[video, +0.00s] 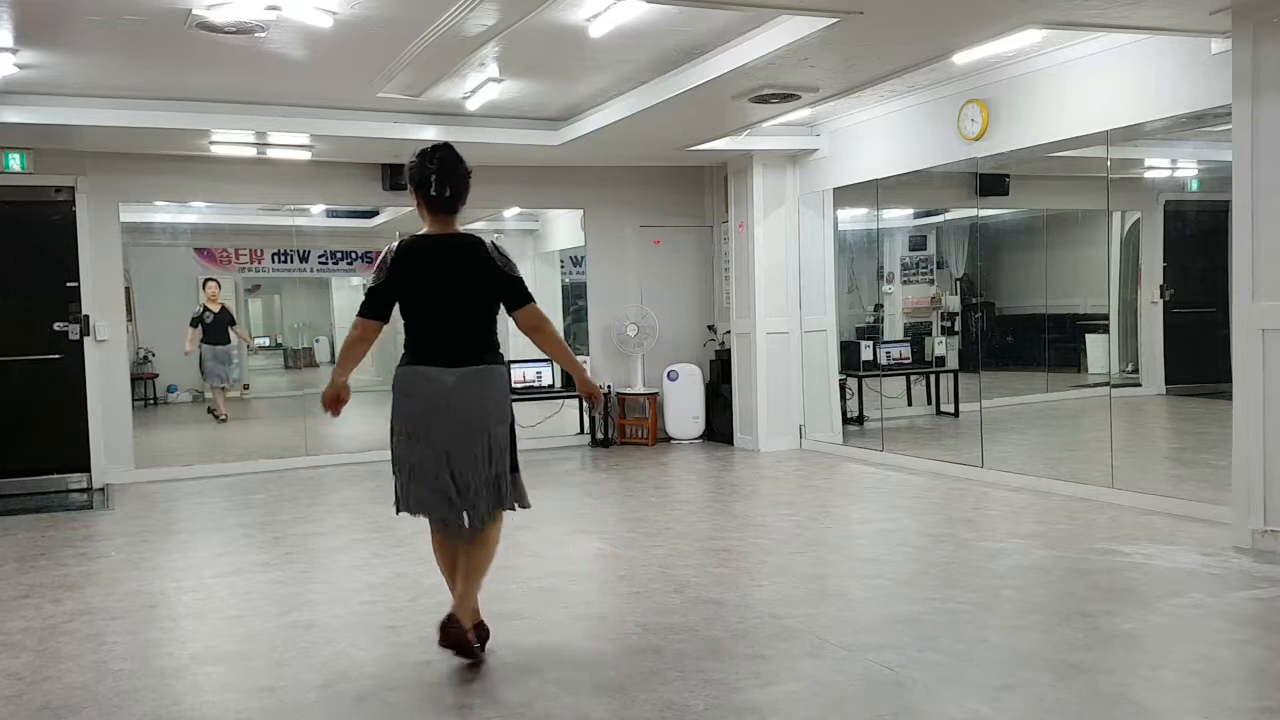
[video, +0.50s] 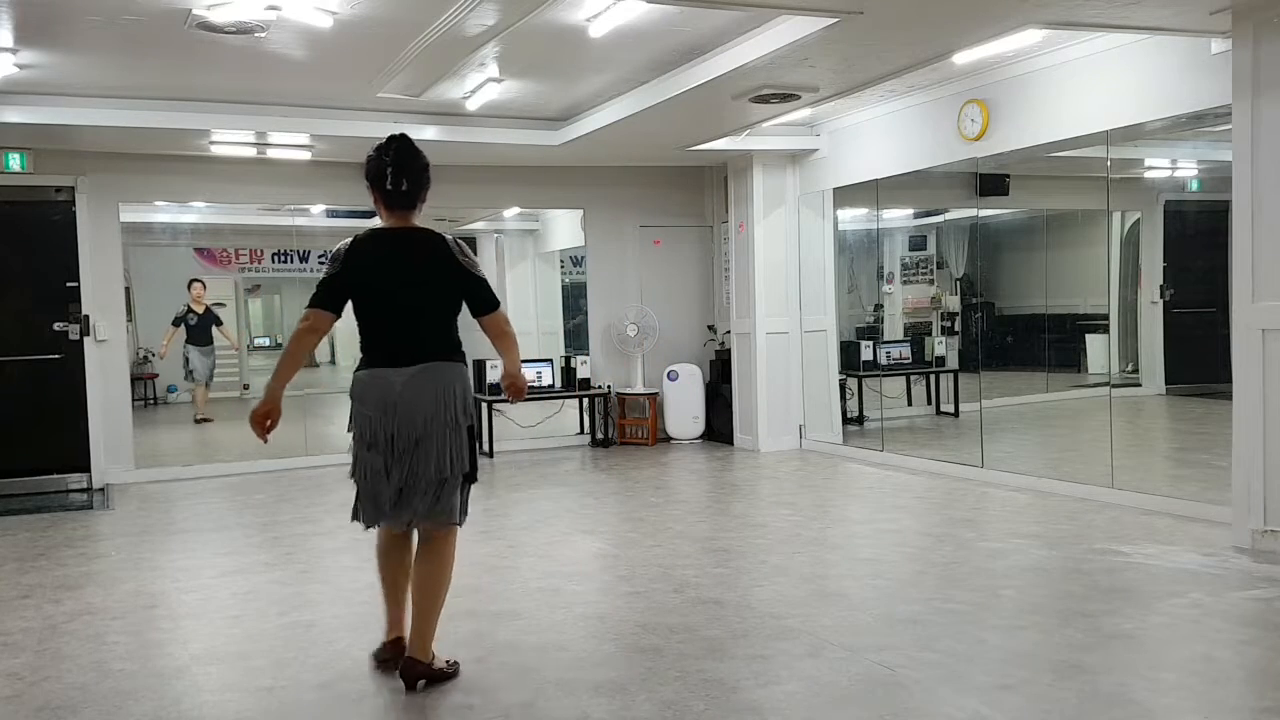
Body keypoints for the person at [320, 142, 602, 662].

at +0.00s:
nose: (426, 200)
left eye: (417, 193)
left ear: (416, 198)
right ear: (465, 195)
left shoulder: (400, 257)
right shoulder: (488, 254)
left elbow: (366, 328)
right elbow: (531, 320)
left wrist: (339, 377)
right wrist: (577, 370)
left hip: (419, 390)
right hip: (484, 389)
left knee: (442, 508)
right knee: (489, 503)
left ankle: (470, 621)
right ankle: (461, 611)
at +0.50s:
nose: (385, 195)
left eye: (376, 187)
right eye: (408, 186)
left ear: (373, 192)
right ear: (425, 190)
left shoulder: (354, 254)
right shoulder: (448, 249)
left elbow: (314, 326)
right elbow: (493, 319)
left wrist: (274, 391)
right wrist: (513, 367)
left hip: (375, 389)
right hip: (442, 385)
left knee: (392, 519)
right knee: (440, 522)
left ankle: (396, 636)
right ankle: (420, 655)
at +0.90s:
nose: (330, 188)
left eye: (324, 179)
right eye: (365, 180)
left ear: (320, 185)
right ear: (376, 186)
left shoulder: (299, 245)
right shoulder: (399, 252)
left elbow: (258, 317)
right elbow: (450, 322)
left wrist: (216, 356)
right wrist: (498, 380)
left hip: (321, 393)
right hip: (390, 392)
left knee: (335, 529)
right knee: (403, 520)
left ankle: (351, 661)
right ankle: (418, 648)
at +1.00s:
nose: (313, 188)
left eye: (307, 180)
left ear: (306, 186)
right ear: (362, 188)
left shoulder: (287, 248)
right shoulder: (381, 254)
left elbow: (247, 323)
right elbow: (434, 324)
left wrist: (209, 353)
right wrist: (484, 380)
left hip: (309, 392)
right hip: (375, 392)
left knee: (328, 529)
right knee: (383, 518)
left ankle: (350, 661)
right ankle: (405, 633)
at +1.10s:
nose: (297, 189)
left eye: (292, 181)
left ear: (293, 187)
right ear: (348, 188)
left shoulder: (276, 248)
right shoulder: (370, 253)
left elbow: (240, 326)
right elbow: (421, 323)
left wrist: (205, 356)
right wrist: (470, 381)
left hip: (303, 390)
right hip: (366, 389)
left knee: (321, 530)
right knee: (353, 520)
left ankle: (349, 662)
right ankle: (367, 635)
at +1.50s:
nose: (250, 188)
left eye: (250, 181)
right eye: (254, 180)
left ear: (255, 187)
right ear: (309, 187)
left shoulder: (249, 246)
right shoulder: (329, 252)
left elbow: (231, 325)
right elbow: (381, 319)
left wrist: (176, 364)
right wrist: (432, 367)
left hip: (271, 389)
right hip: (325, 388)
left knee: (296, 523)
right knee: (284, 525)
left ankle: (341, 649)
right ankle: (259, 646)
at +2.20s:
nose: (198, 194)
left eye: (196, 186)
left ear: (199, 194)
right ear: (255, 195)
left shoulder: (187, 251)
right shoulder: (276, 257)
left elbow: (168, 323)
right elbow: (319, 335)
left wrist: (111, 366)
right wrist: (307, 347)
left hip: (218, 398)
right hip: (285, 394)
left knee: (196, 527)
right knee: (275, 522)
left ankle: (246, 636)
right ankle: (259, 643)